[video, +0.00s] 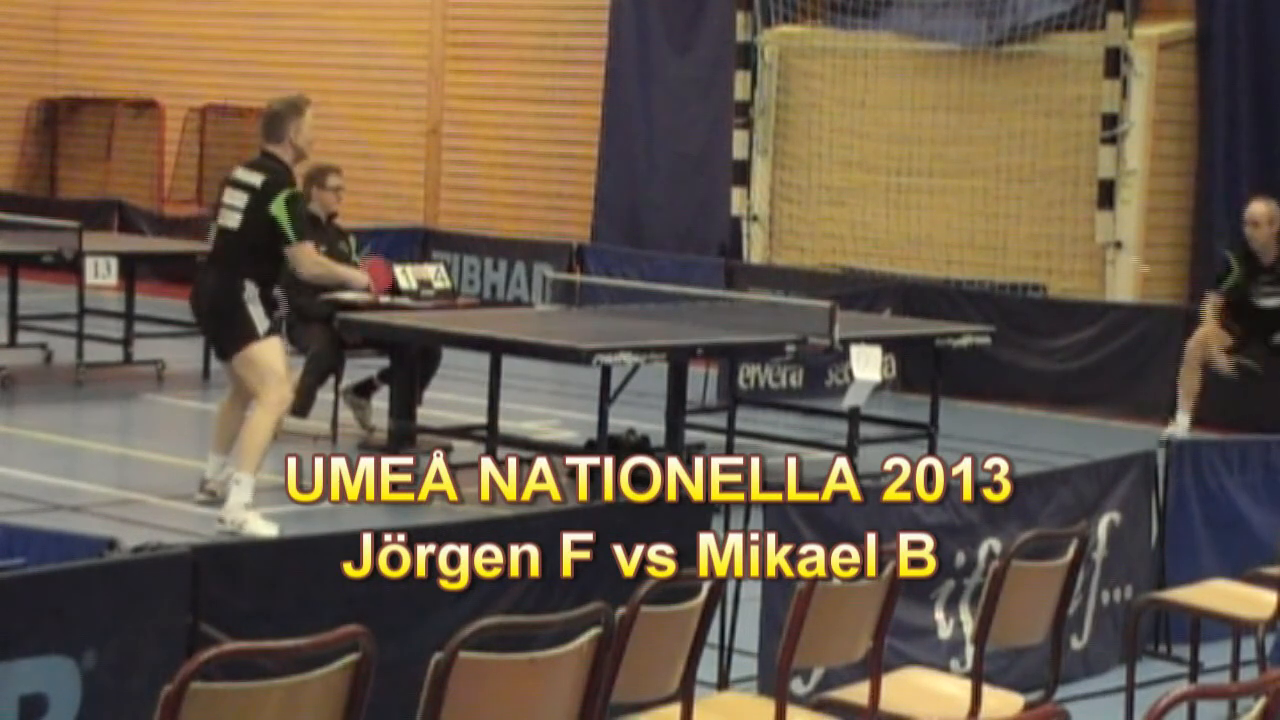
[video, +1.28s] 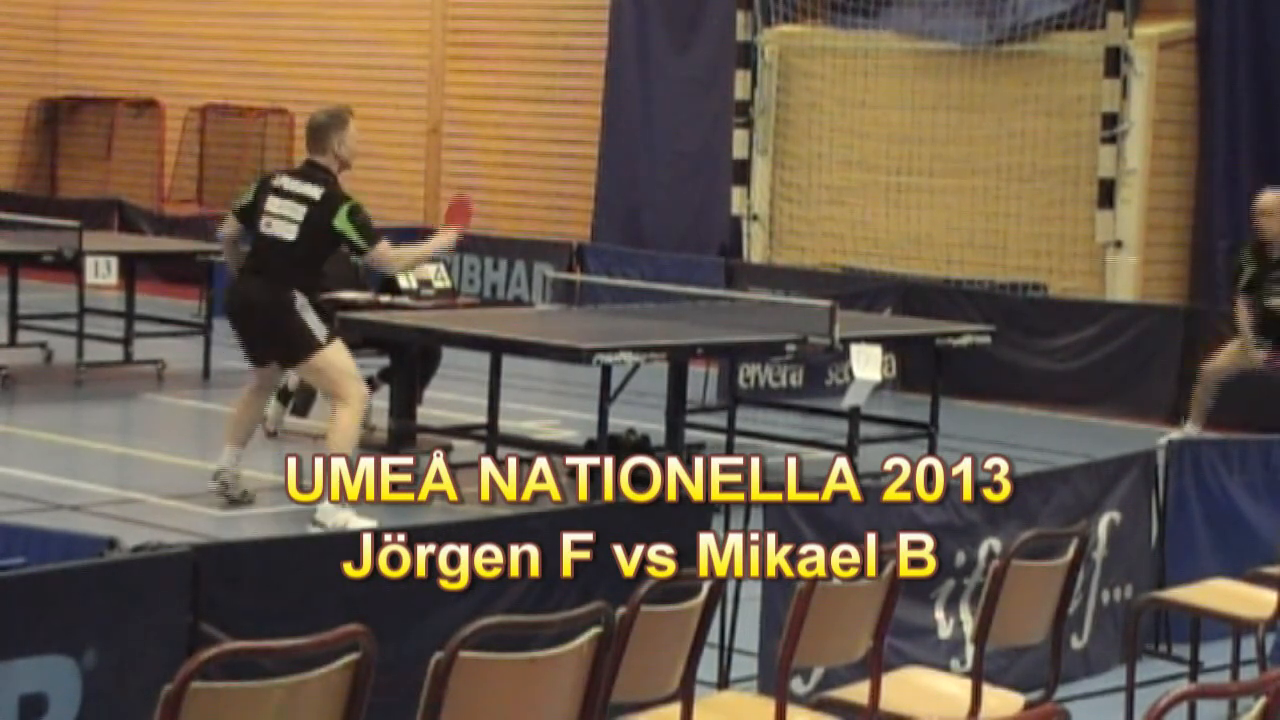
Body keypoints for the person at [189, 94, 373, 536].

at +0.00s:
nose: (313, 135)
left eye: (311, 126)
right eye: (309, 127)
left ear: (270, 132)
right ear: (292, 132)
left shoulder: (243, 172)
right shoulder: (280, 187)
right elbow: (305, 262)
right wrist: (356, 277)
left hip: (211, 287)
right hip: (237, 293)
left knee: (244, 388)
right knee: (276, 390)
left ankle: (216, 474)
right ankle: (238, 503)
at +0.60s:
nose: (336, 172)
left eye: (334, 163)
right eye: (331, 164)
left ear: (298, 169)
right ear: (314, 169)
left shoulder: (267, 201)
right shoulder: (295, 221)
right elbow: (304, 302)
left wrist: (308, 303)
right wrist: (325, 319)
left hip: (216, 310)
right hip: (236, 317)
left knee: (255, 395)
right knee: (299, 403)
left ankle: (215, 477)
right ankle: (237, 503)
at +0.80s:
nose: (352, 168)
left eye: (350, 160)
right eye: (349, 160)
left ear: (310, 161)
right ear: (335, 164)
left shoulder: (272, 189)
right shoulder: (320, 212)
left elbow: (269, 251)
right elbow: (353, 276)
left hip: (209, 294)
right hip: (243, 303)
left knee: (235, 390)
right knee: (295, 404)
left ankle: (220, 480)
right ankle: (236, 506)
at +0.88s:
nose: (352, 160)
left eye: (351, 153)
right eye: (350, 153)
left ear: (308, 153)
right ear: (339, 158)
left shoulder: (268, 182)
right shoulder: (330, 210)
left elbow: (221, 235)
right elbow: (375, 273)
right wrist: (387, 263)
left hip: (208, 281)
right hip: (243, 293)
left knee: (233, 388)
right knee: (291, 402)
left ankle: (220, 478)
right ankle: (236, 505)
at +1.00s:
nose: (351, 149)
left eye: (350, 142)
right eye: (348, 142)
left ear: (305, 145)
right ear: (336, 147)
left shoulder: (264, 174)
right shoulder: (335, 201)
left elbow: (208, 218)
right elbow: (400, 236)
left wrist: (219, 256)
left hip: (214, 281)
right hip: (253, 289)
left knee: (233, 384)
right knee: (301, 393)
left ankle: (217, 480)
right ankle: (245, 492)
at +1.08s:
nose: (352, 143)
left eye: (351, 135)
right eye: (348, 136)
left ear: (305, 141)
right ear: (334, 142)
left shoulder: (263, 173)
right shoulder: (335, 198)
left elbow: (205, 215)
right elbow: (403, 233)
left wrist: (202, 257)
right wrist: (464, 211)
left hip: (219, 282)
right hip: (261, 291)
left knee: (238, 383)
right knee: (320, 389)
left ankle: (216, 481)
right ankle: (270, 486)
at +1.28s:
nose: (357, 143)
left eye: (355, 135)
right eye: (352, 136)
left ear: (313, 143)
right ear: (337, 143)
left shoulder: (272, 181)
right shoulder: (336, 203)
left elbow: (229, 232)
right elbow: (386, 259)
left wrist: (242, 271)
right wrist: (434, 246)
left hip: (244, 294)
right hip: (284, 301)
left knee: (265, 380)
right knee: (352, 395)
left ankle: (227, 468)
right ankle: (334, 503)